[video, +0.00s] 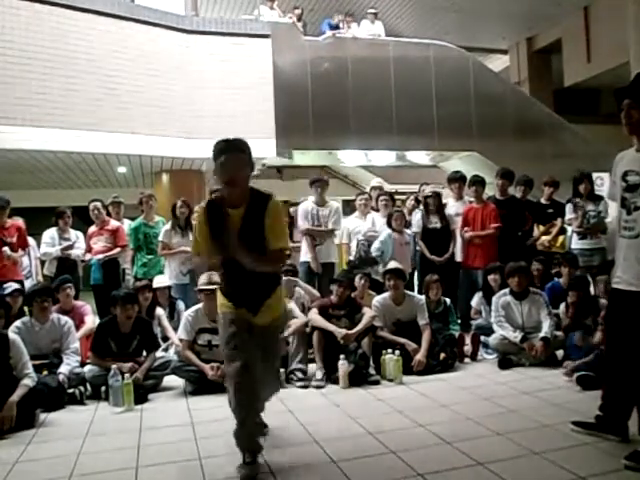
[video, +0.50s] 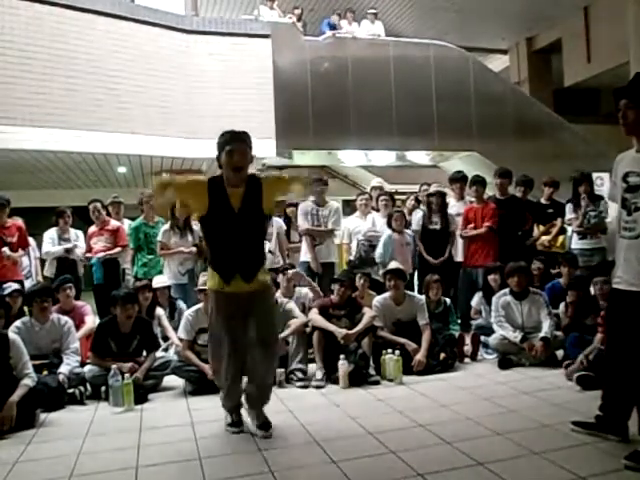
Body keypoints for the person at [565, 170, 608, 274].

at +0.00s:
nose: (585, 187)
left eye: (587, 183)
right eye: (581, 183)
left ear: (591, 185)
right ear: (577, 186)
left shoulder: (600, 201)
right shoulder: (571, 203)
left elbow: (602, 224)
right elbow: (575, 225)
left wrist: (584, 229)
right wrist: (581, 214)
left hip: (597, 246)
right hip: (579, 246)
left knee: (599, 282)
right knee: (580, 281)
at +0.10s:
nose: (584, 187)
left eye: (587, 183)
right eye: (581, 184)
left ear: (591, 185)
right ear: (577, 186)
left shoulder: (600, 201)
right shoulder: (571, 204)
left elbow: (602, 225)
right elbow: (575, 226)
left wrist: (583, 230)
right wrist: (581, 213)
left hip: (597, 246)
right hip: (579, 246)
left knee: (599, 280)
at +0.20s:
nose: (584, 188)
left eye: (587, 184)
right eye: (581, 184)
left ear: (591, 185)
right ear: (577, 187)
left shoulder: (600, 201)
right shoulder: (571, 204)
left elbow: (602, 224)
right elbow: (575, 225)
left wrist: (584, 230)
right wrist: (582, 207)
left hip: (597, 246)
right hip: (579, 246)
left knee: (598, 279)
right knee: (580, 279)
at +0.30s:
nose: (584, 189)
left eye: (587, 185)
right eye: (581, 185)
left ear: (591, 186)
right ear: (576, 187)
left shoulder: (600, 201)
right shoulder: (571, 204)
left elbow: (603, 225)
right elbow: (575, 225)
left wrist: (583, 230)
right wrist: (583, 208)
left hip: (598, 246)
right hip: (579, 246)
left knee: (598, 279)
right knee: (580, 279)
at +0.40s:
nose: (584, 189)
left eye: (587, 185)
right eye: (581, 185)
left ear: (591, 186)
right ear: (577, 187)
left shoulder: (600, 201)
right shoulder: (571, 204)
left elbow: (603, 225)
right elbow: (575, 225)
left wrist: (583, 230)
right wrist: (583, 208)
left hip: (597, 245)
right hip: (579, 246)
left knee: (598, 279)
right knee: (580, 279)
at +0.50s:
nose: (584, 189)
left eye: (587, 185)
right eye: (581, 186)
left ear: (591, 186)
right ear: (577, 187)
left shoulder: (600, 201)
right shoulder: (571, 204)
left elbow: (603, 225)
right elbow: (575, 225)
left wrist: (583, 230)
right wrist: (583, 208)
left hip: (597, 246)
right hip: (579, 246)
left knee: (598, 279)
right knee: (580, 279)